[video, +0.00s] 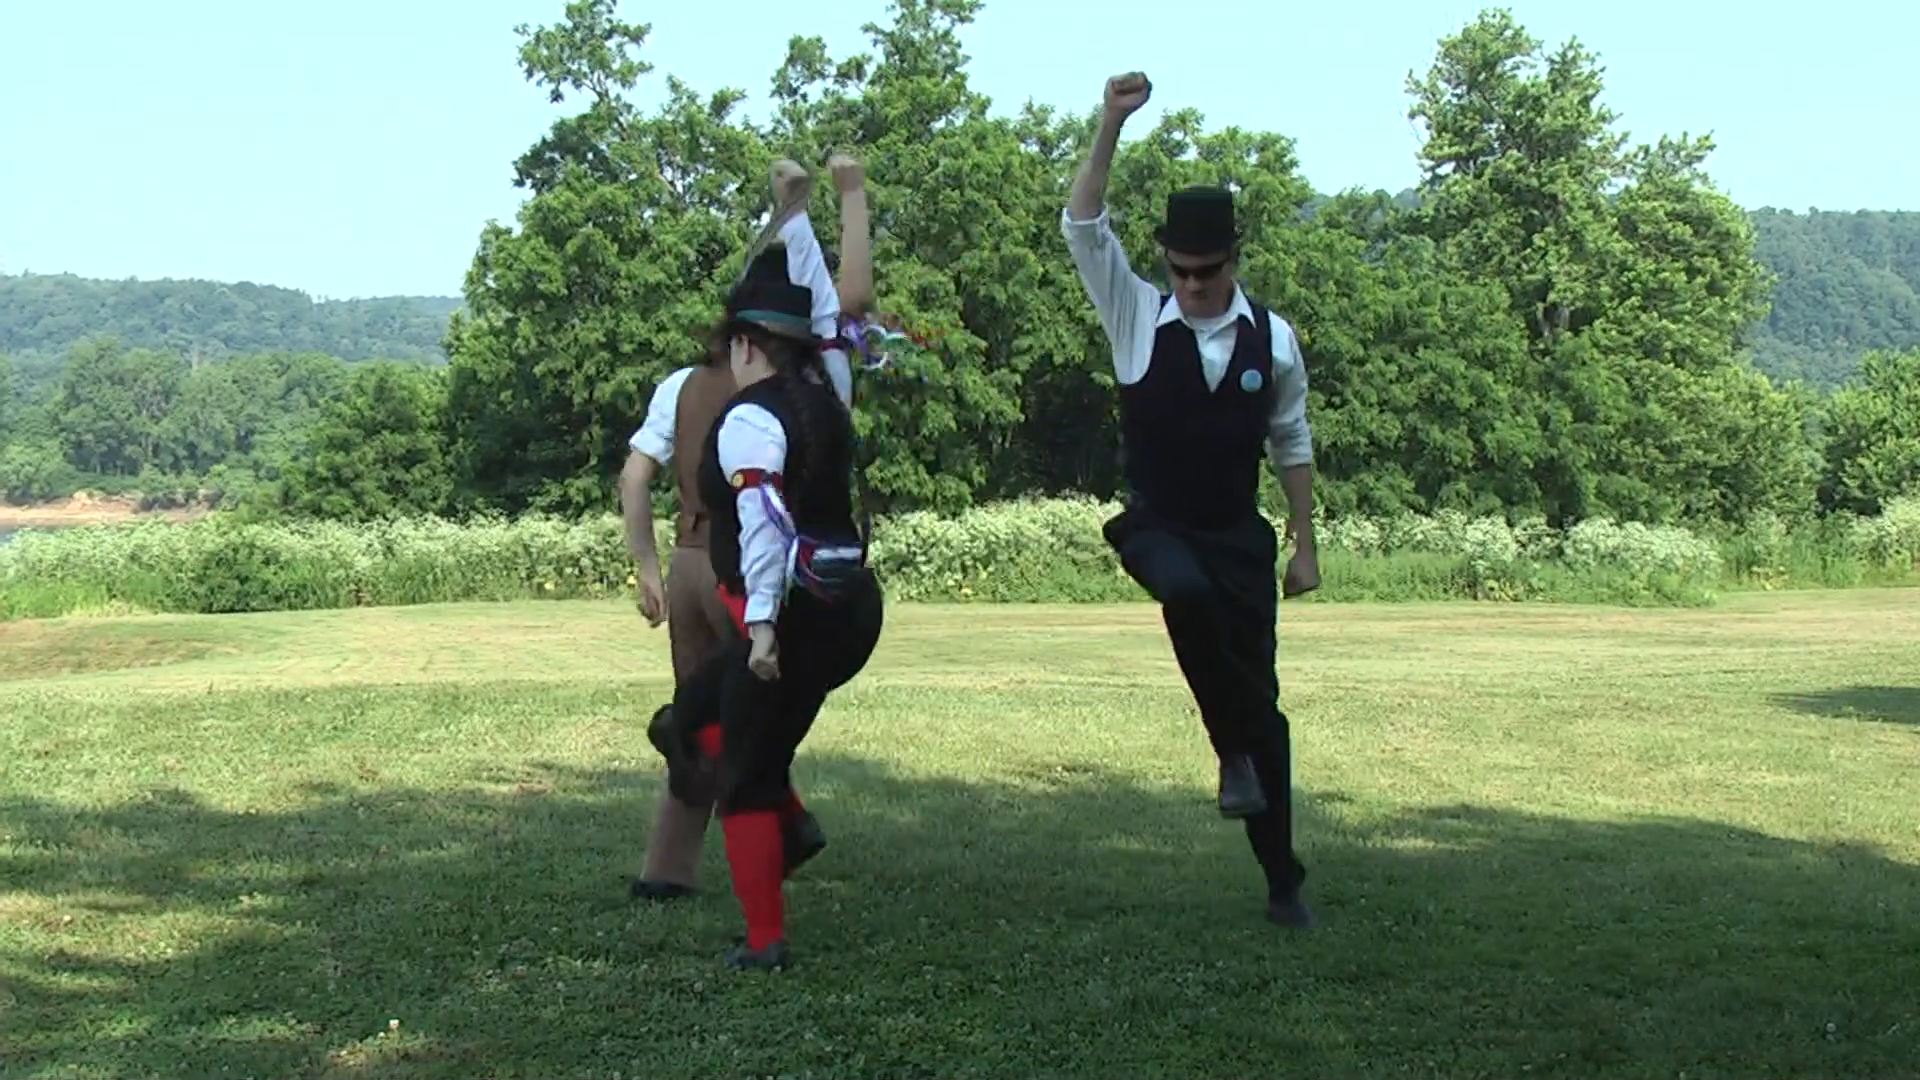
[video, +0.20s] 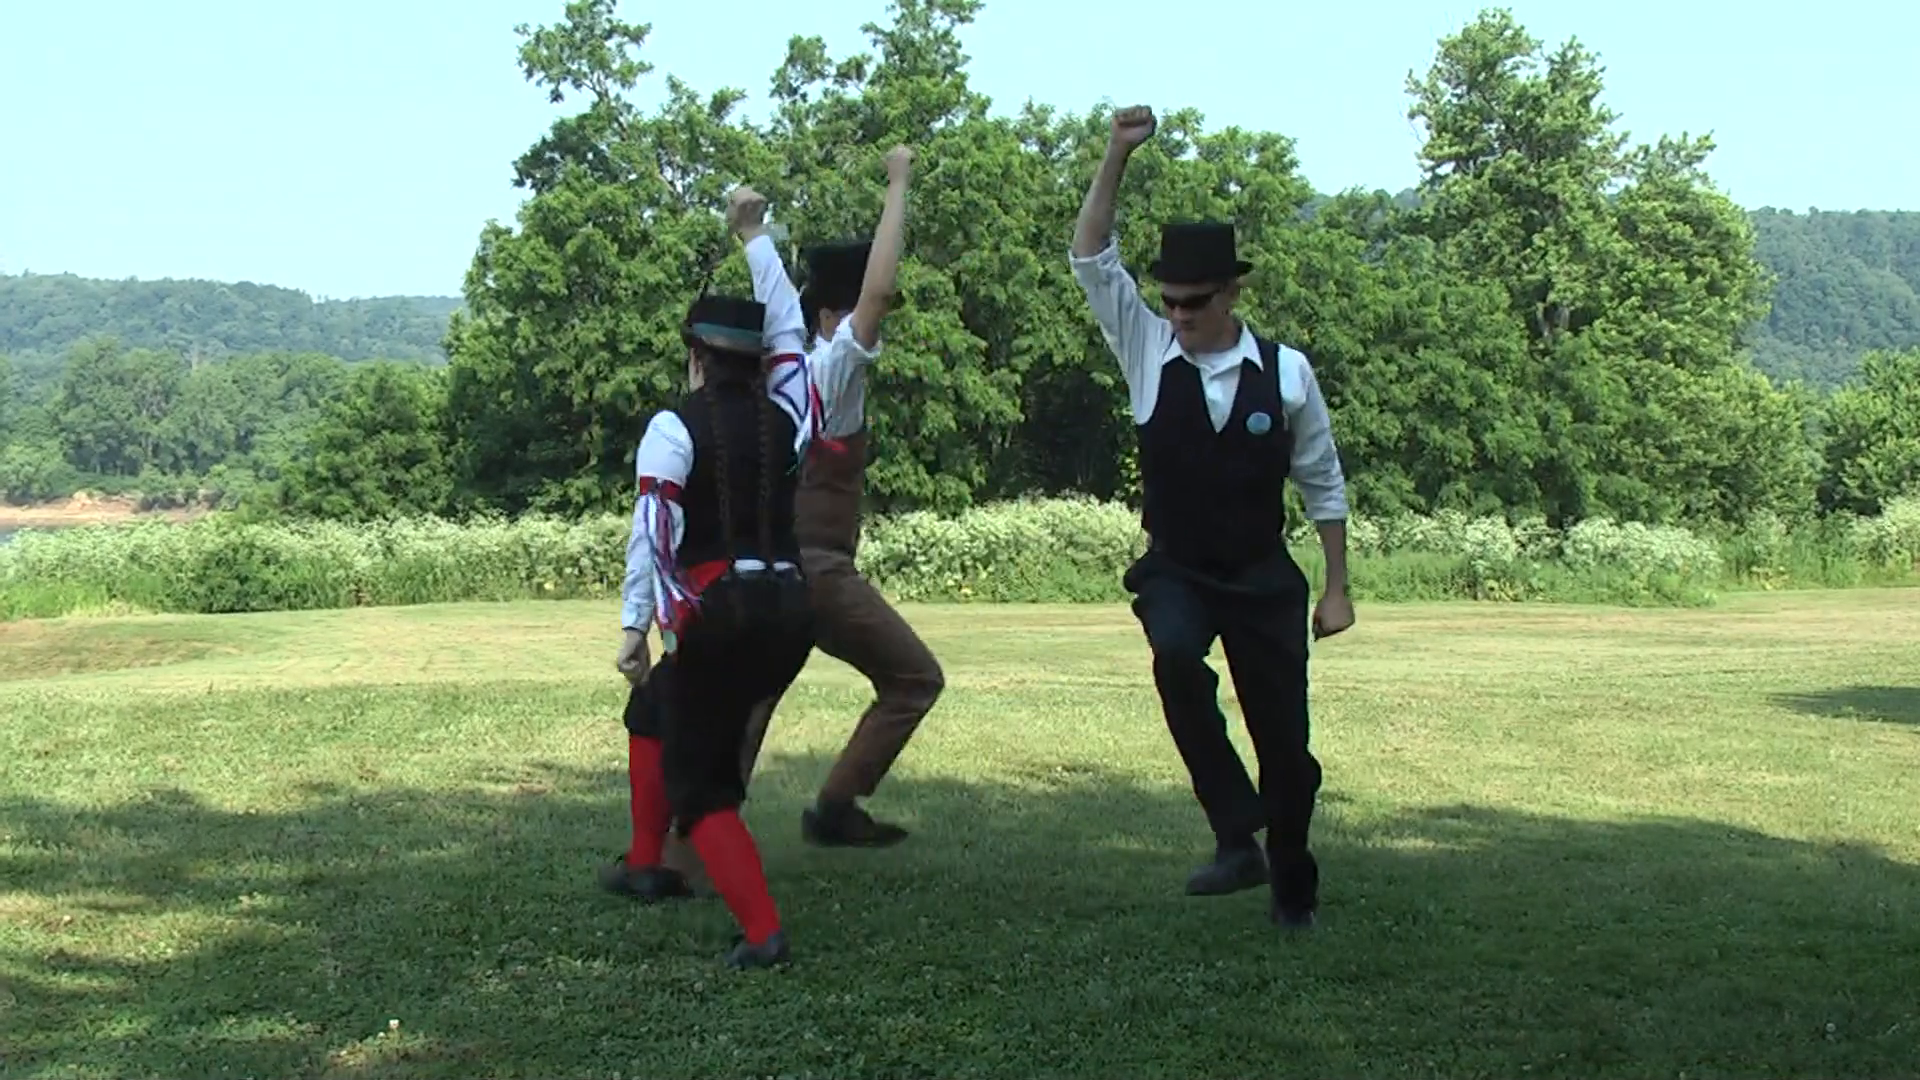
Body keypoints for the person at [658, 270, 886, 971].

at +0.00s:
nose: (731, 361)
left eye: (733, 348)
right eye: (734, 348)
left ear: (750, 350)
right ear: (799, 346)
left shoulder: (748, 419)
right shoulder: (826, 394)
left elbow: (764, 520)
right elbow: (825, 316)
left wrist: (763, 620)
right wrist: (793, 210)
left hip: (797, 605)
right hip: (854, 600)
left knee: (745, 765)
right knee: (692, 713)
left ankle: (765, 939)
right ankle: (789, 820)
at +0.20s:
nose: (686, 356)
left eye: (689, 348)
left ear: (694, 354)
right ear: (759, 358)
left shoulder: (674, 426)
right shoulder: (784, 414)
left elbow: (651, 533)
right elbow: (787, 326)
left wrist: (636, 623)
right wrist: (756, 237)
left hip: (716, 614)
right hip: (789, 611)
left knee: (696, 783)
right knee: (647, 707)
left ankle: (764, 936)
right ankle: (645, 862)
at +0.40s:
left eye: (684, 354)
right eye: (708, 357)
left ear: (666, 361)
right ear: (729, 371)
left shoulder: (623, 427)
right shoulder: (751, 431)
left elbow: (588, 520)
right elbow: (784, 344)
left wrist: (556, 613)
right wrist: (767, 247)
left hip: (628, 602)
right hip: (719, 611)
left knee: (584, 764)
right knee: (645, 761)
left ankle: (648, 864)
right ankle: (593, 908)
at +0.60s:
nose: (718, 354)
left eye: (708, 344)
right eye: (714, 344)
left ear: (649, 344)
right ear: (710, 351)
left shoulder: (596, 406)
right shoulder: (727, 403)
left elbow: (550, 497)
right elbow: (770, 328)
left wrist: (524, 578)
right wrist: (764, 233)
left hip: (590, 581)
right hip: (680, 598)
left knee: (601, 647)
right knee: (629, 752)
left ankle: (558, 761)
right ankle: (591, 901)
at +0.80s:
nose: (724, 335)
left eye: (716, 324)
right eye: (723, 324)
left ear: (662, 323)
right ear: (715, 330)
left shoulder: (614, 377)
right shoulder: (721, 372)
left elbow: (563, 463)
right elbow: (762, 299)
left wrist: (538, 550)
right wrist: (770, 204)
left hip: (585, 555)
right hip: (664, 568)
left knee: (689, 642)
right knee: (628, 718)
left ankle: (600, 738)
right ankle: (571, 877)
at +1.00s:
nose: (761, 393)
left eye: (760, 384)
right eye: (754, 384)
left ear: (703, 383)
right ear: (731, 386)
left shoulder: (659, 440)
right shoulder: (729, 436)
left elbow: (631, 509)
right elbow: (790, 369)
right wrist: (811, 279)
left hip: (617, 599)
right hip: (658, 615)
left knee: (758, 664)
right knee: (641, 777)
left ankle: (722, 799)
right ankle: (555, 891)